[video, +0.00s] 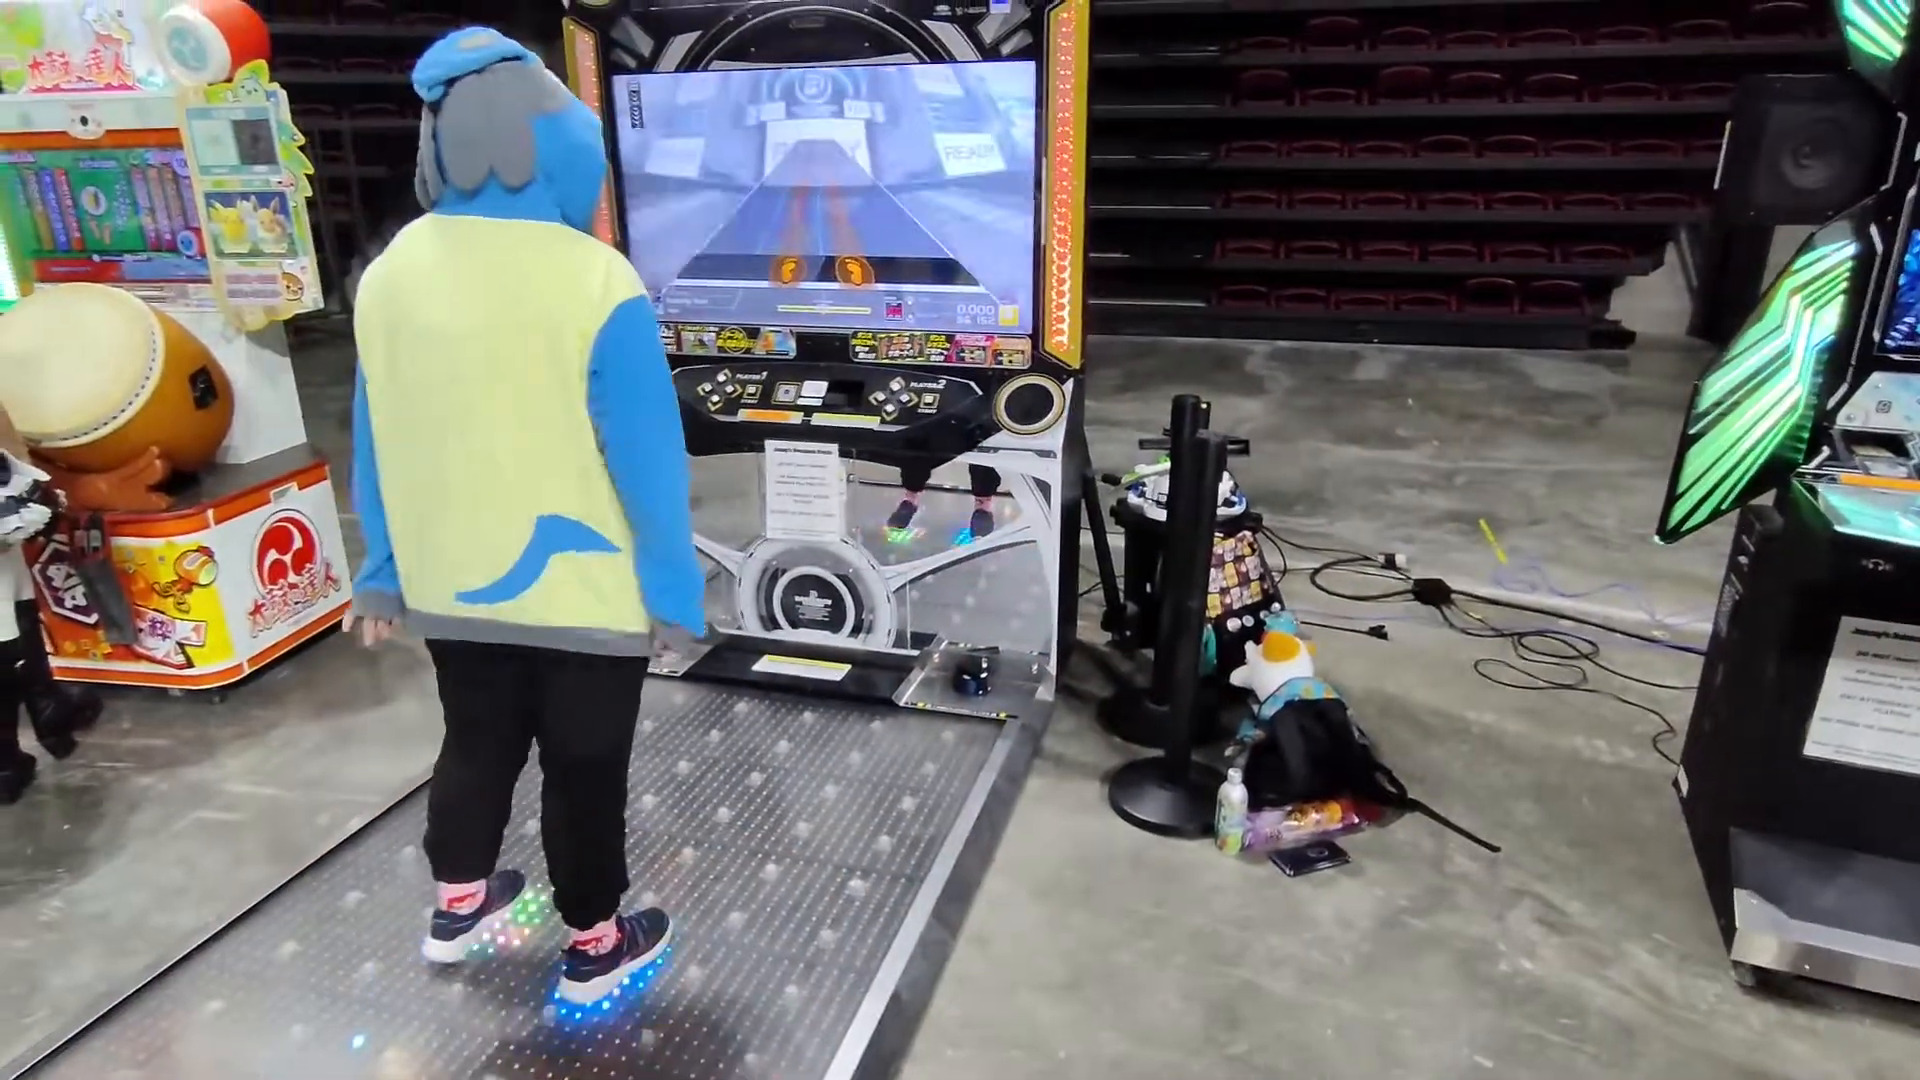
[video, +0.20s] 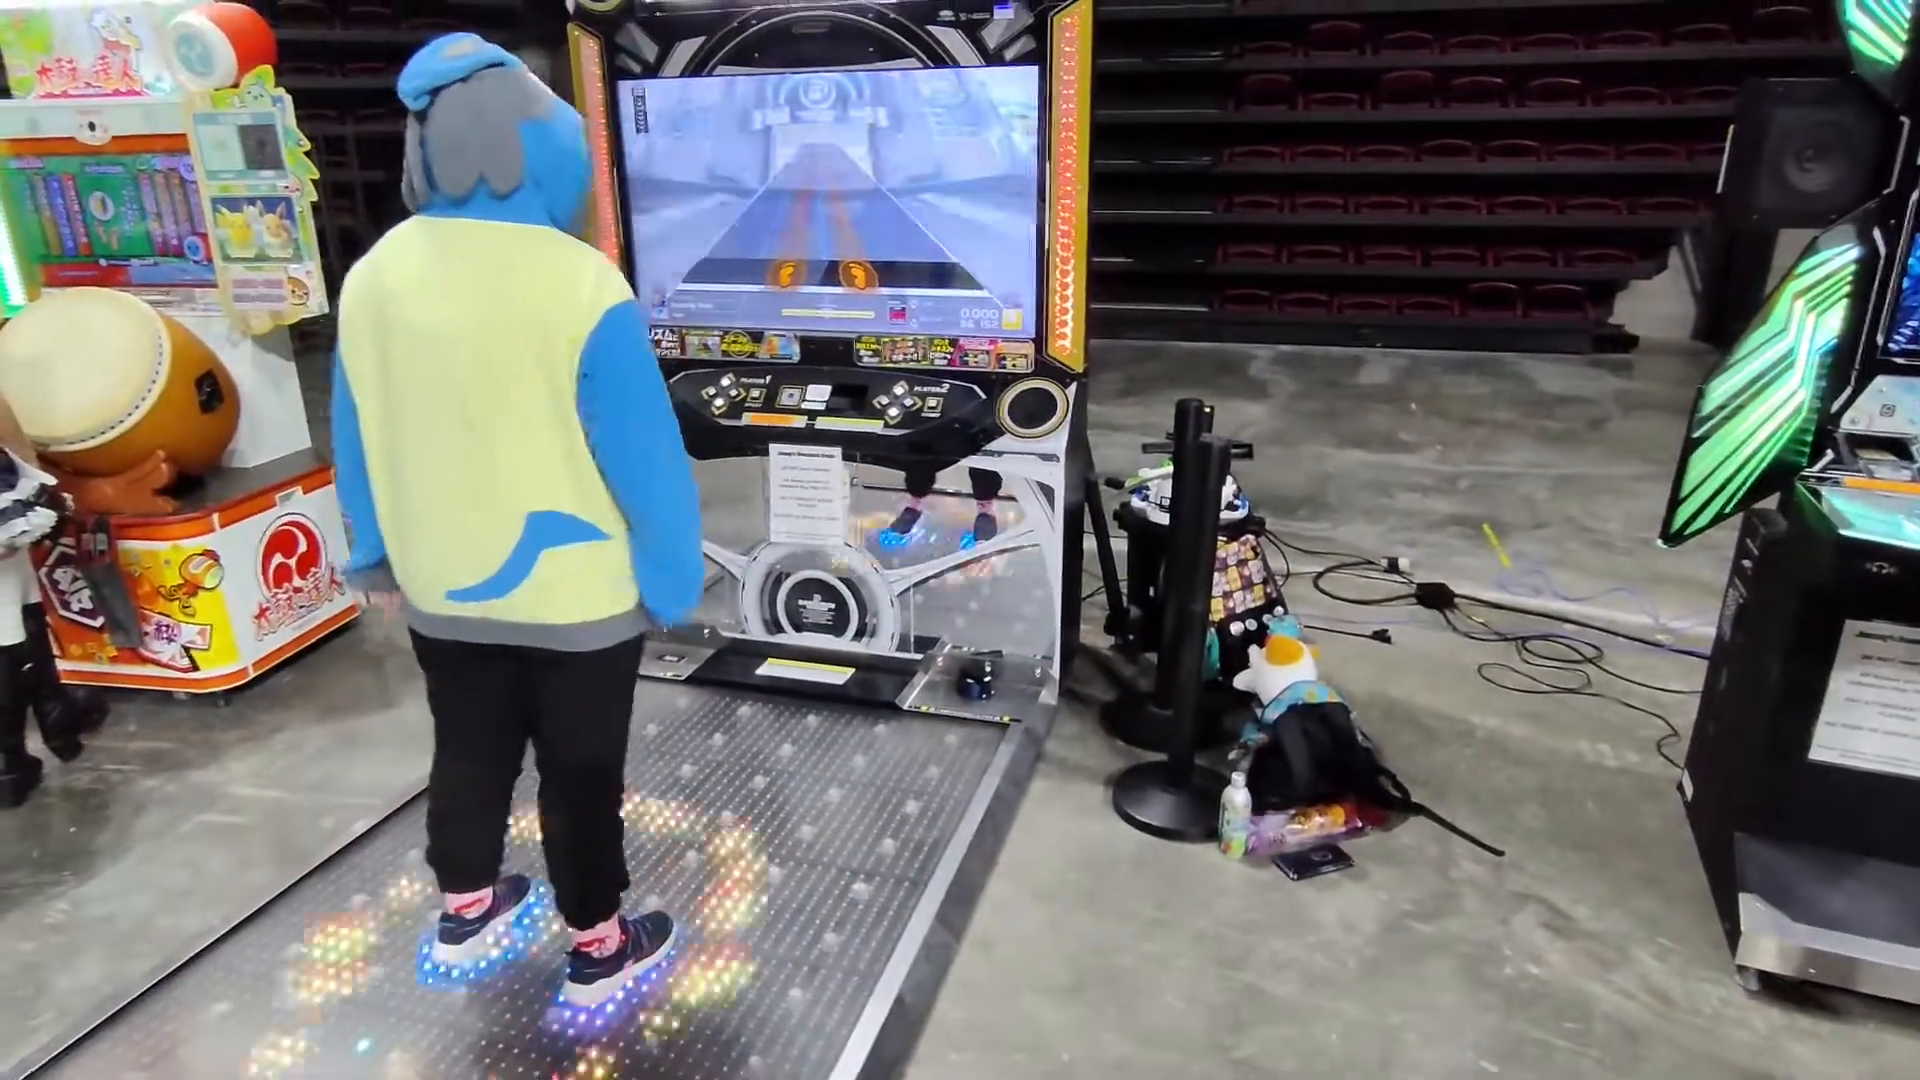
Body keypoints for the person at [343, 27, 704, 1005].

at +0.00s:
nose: (602, 184)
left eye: (598, 162)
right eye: (592, 163)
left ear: (459, 163)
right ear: (554, 165)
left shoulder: (392, 273)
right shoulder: (595, 280)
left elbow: (374, 439)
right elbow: (647, 457)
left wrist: (380, 567)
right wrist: (675, 590)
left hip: (451, 584)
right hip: (583, 589)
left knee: (478, 741)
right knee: (585, 768)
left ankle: (460, 905)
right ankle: (596, 944)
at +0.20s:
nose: (582, 168)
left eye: (573, 146)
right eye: (569, 148)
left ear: (439, 159)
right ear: (542, 158)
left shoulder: (375, 277)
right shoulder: (580, 283)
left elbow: (353, 429)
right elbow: (644, 451)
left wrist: (371, 541)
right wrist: (673, 578)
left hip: (444, 590)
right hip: (577, 594)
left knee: (468, 751)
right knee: (582, 771)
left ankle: (466, 907)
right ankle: (597, 937)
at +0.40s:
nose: (554, 167)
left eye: (543, 147)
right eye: (541, 149)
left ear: (419, 167)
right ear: (520, 161)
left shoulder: (363, 279)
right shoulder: (561, 286)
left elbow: (337, 430)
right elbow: (640, 448)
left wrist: (365, 534)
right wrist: (669, 563)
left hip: (432, 596)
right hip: (565, 601)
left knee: (462, 749)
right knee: (575, 772)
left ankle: (467, 905)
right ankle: (599, 938)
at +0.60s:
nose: (530, 167)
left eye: (521, 148)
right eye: (518, 150)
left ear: (402, 169)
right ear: (496, 161)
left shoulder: (359, 275)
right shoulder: (549, 287)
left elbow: (360, 436)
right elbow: (615, 448)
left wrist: (391, 542)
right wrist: (654, 556)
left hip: (427, 589)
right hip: (561, 594)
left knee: (459, 747)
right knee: (574, 771)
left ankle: (469, 913)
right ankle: (601, 942)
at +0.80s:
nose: (527, 161)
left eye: (515, 144)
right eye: (512, 145)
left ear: (400, 171)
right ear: (483, 161)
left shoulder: (359, 275)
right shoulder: (546, 289)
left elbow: (370, 407)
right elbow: (630, 438)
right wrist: (692, 541)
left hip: (425, 589)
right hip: (558, 595)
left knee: (461, 743)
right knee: (573, 768)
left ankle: (468, 911)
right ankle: (601, 942)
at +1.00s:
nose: (530, 164)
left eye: (519, 147)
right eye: (516, 149)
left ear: (401, 177)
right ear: (494, 164)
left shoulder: (365, 276)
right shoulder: (567, 295)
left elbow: (331, 388)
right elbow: (707, 384)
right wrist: (837, 430)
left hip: (431, 597)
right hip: (563, 607)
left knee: (464, 754)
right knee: (575, 777)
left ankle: (472, 916)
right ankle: (603, 949)